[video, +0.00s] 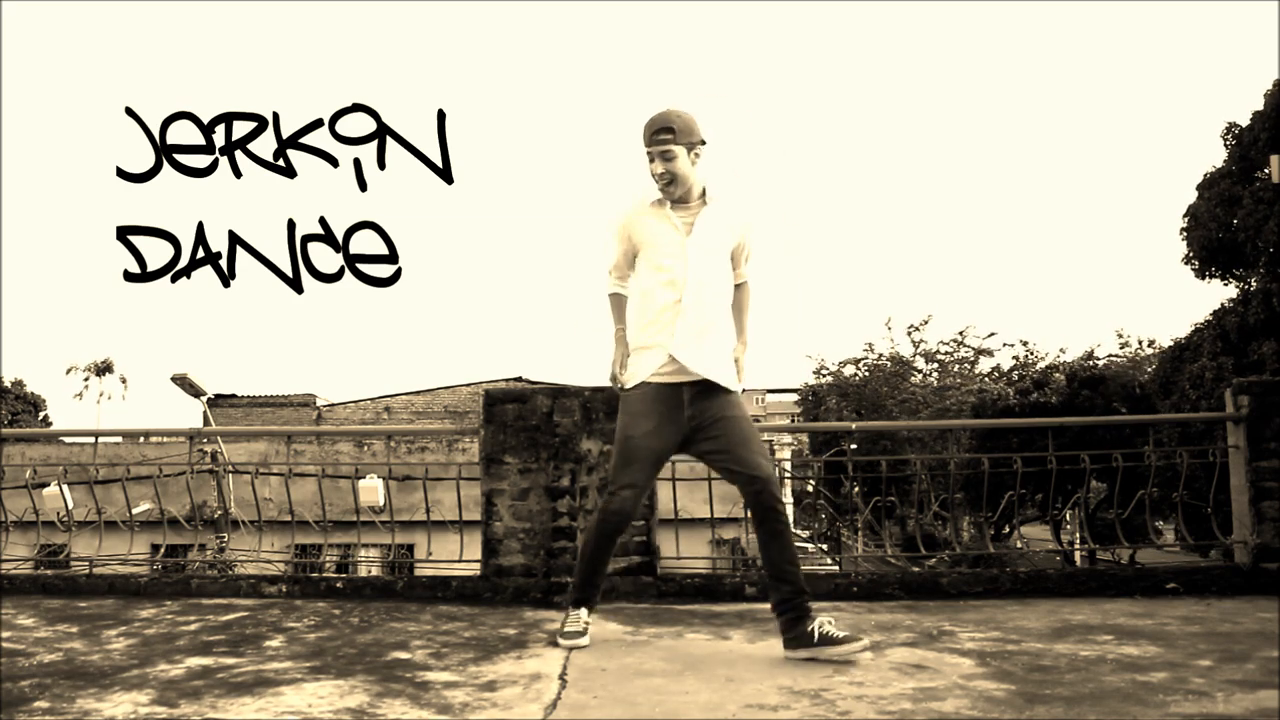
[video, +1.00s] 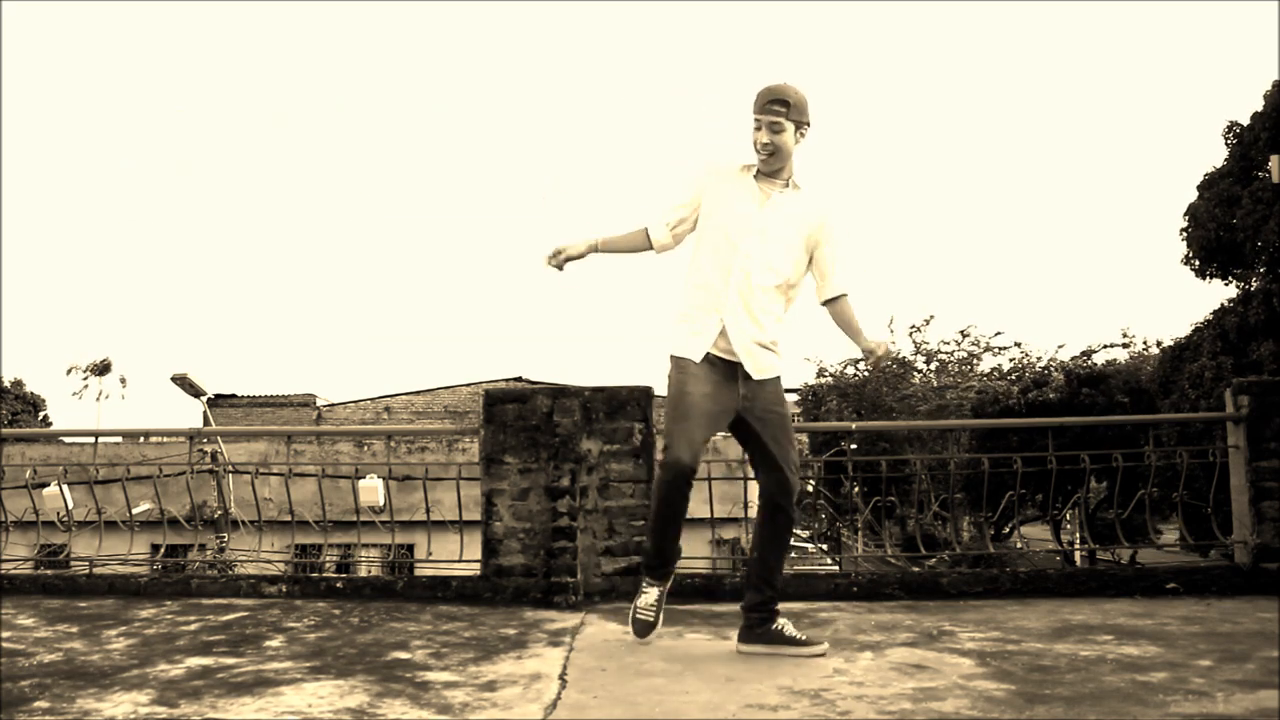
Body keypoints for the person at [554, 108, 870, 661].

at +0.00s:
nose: (658, 167)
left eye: (666, 155)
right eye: (651, 158)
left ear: (697, 154)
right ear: (647, 161)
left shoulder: (730, 218)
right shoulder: (636, 220)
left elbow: (742, 287)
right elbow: (618, 284)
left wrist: (741, 347)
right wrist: (621, 346)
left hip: (715, 387)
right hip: (648, 386)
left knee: (764, 489)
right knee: (621, 501)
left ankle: (797, 624)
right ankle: (578, 609)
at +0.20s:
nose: (632, 139)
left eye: (638, 126)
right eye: (624, 132)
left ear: (667, 120)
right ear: (622, 136)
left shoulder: (719, 181)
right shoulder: (626, 194)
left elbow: (767, 215)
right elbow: (605, 254)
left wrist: (782, 267)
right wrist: (597, 306)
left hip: (728, 351)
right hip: (662, 356)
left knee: (753, 464)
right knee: (641, 472)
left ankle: (720, 584)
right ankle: (606, 593)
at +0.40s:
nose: (644, 139)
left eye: (651, 125)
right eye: (637, 131)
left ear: (681, 117)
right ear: (637, 136)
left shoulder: (740, 179)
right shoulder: (650, 193)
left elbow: (821, 197)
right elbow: (629, 255)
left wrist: (823, 228)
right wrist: (568, 286)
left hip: (737, 343)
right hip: (679, 343)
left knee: (732, 477)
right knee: (714, 467)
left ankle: (654, 590)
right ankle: (708, 608)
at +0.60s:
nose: (688, 140)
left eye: (696, 129)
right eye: (681, 132)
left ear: (727, 127)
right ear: (678, 136)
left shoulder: (768, 192)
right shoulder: (679, 199)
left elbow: (839, 239)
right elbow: (647, 256)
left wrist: (812, 239)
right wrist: (576, 238)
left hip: (759, 354)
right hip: (697, 358)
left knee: (791, 479)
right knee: (722, 484)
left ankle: (729, 575)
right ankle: (739, 622)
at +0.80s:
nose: (734, 134)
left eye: (744, 123)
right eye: (728, 125)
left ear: (772, 126)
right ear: (721, 130)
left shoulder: (798, 202)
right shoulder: (705, 186)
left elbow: (847, 256)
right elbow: (650, 229)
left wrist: (870, 288)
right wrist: (583, 199)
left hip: (774, 364)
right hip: (708, 358)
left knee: (794, 491)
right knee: (678, 455)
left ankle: (799, 609)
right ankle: (705, 583)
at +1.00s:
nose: (764, 136)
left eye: (776, 128)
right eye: (758, 126)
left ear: (799, 135)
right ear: (750, 130)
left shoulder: (811, 216)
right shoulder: (718, 182)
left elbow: (834, 294)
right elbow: (660, 234)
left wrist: (867, 342)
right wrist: (588, 246)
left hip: (761, 363)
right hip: (699, 352)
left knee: (783, 486)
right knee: (679, 462)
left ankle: (759, 620)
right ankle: (655, 579)